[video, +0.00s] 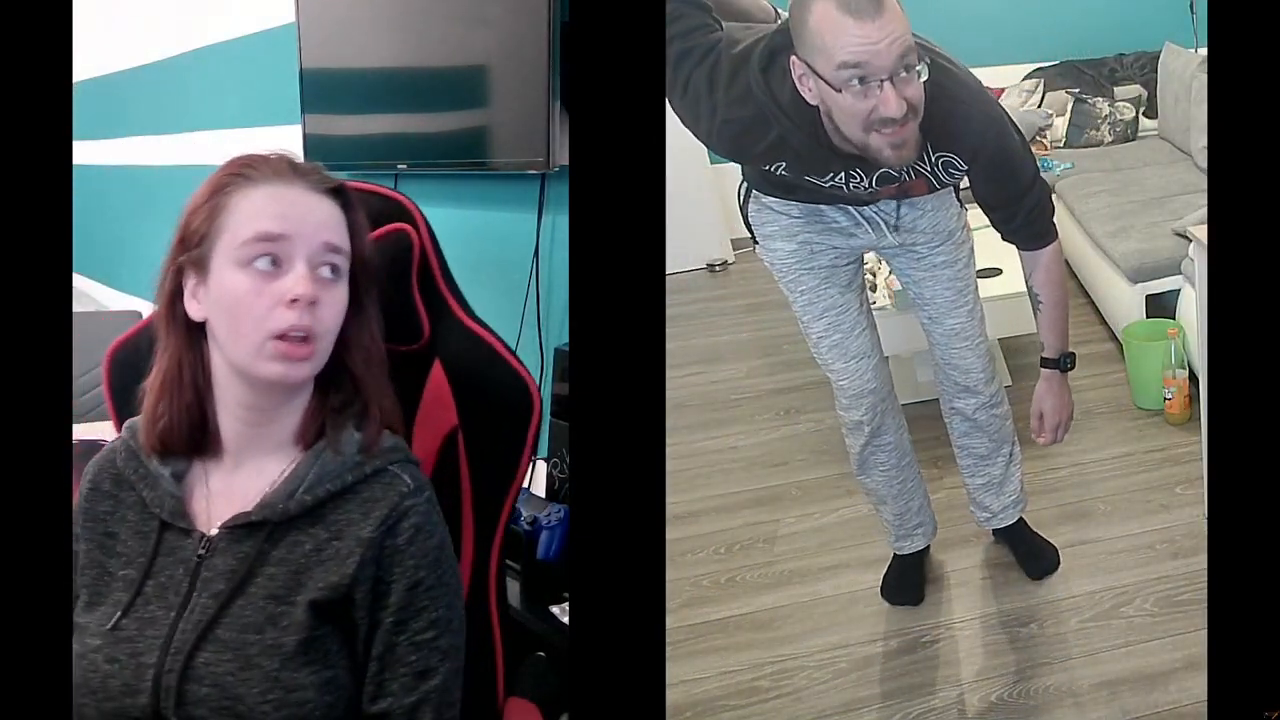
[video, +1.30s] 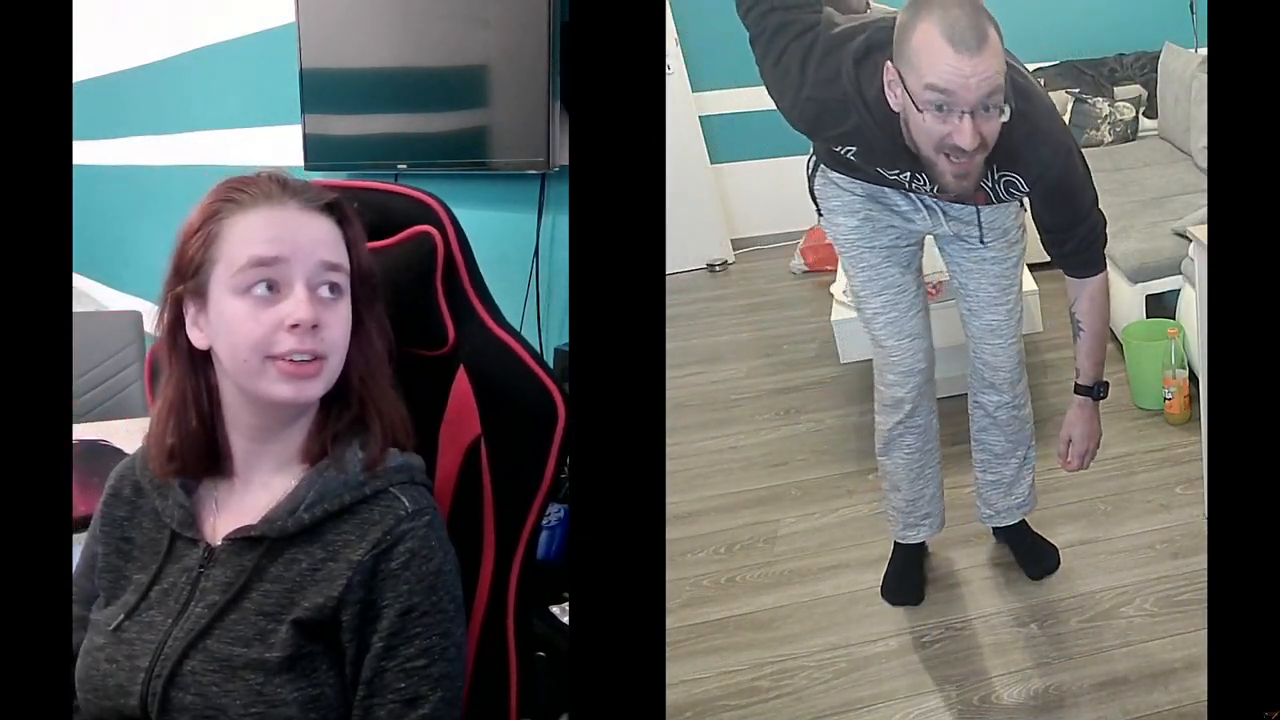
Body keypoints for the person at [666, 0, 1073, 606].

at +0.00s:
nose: (894, 103)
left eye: (904, 69)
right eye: (860, 82)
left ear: (916, 48)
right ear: (806, 81)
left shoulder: (965, 112)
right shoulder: (737, 102)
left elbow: (1037, 229)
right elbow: (680, 15)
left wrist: (1055, 367)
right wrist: (768, 32)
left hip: (925, 196)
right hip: (799, 205)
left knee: (969, 365)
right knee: (860, 390)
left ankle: (1004, 512)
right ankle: (909, 537)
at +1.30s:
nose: (966, 138)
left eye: (988, 108)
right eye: (940, 108)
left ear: (1005, 78)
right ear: (896, 89)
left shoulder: (1041, 142)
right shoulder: (824, 82)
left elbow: (1086, 264)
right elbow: (760, 4)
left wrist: (1088, 395)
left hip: (984, 195)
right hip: (864, 183)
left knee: (1000, 363)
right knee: (902, 370)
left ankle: (1008, 514)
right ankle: (910, 532)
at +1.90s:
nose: (922, 280)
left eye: (939, 248)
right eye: (896, 251)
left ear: (965, 182)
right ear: (852, 191)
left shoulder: (1015, 186)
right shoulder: (796, 183)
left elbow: (1080, 306)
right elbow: (706, 117)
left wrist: (1091, 431)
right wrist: (731, 265)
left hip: (950, 78)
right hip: (821, 85)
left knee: (986, 364)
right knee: (903, 377)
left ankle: (1009, 514)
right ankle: (944, 541)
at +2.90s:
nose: (920, 557)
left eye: (930, 544)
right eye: (897, 550)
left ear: (958, 454)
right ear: (843, 477)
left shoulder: (1020, 413)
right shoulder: (786, 422)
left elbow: (1110, 552)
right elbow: (739, 533)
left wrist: (1165, 694)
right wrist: (769, 684)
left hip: (957, 194)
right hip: (835, 198)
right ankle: (951, 549)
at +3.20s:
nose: (973, 620)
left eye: (990, 605)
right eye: (949, 613)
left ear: (1011, 510)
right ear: (891, 532)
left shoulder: (1066, 454)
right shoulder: (819, 486)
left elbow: (1130, 587)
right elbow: (778, 640)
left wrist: (1168, 707)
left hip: (988, 233)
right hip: (863, 240)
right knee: (833, 330)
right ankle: (826, 284)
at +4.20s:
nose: (914, 667)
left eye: (936, 649)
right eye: (885, 654)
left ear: (973, 553)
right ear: (844, 560)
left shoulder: (1051, 479)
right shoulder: (786, 530)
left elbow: (1125, 604)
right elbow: (761, 681)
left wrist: (1155, 711)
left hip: (985, 295)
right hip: (866, 302)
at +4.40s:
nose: (975, 622)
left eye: (997, 604)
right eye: (952, 610)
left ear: (1030, 511)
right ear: (905, 520)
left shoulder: (1089, 456)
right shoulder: (841, 495)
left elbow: (1130, 603)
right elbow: (779, 661)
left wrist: (1159, 711)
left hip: (1024, 285)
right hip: (905, 288)